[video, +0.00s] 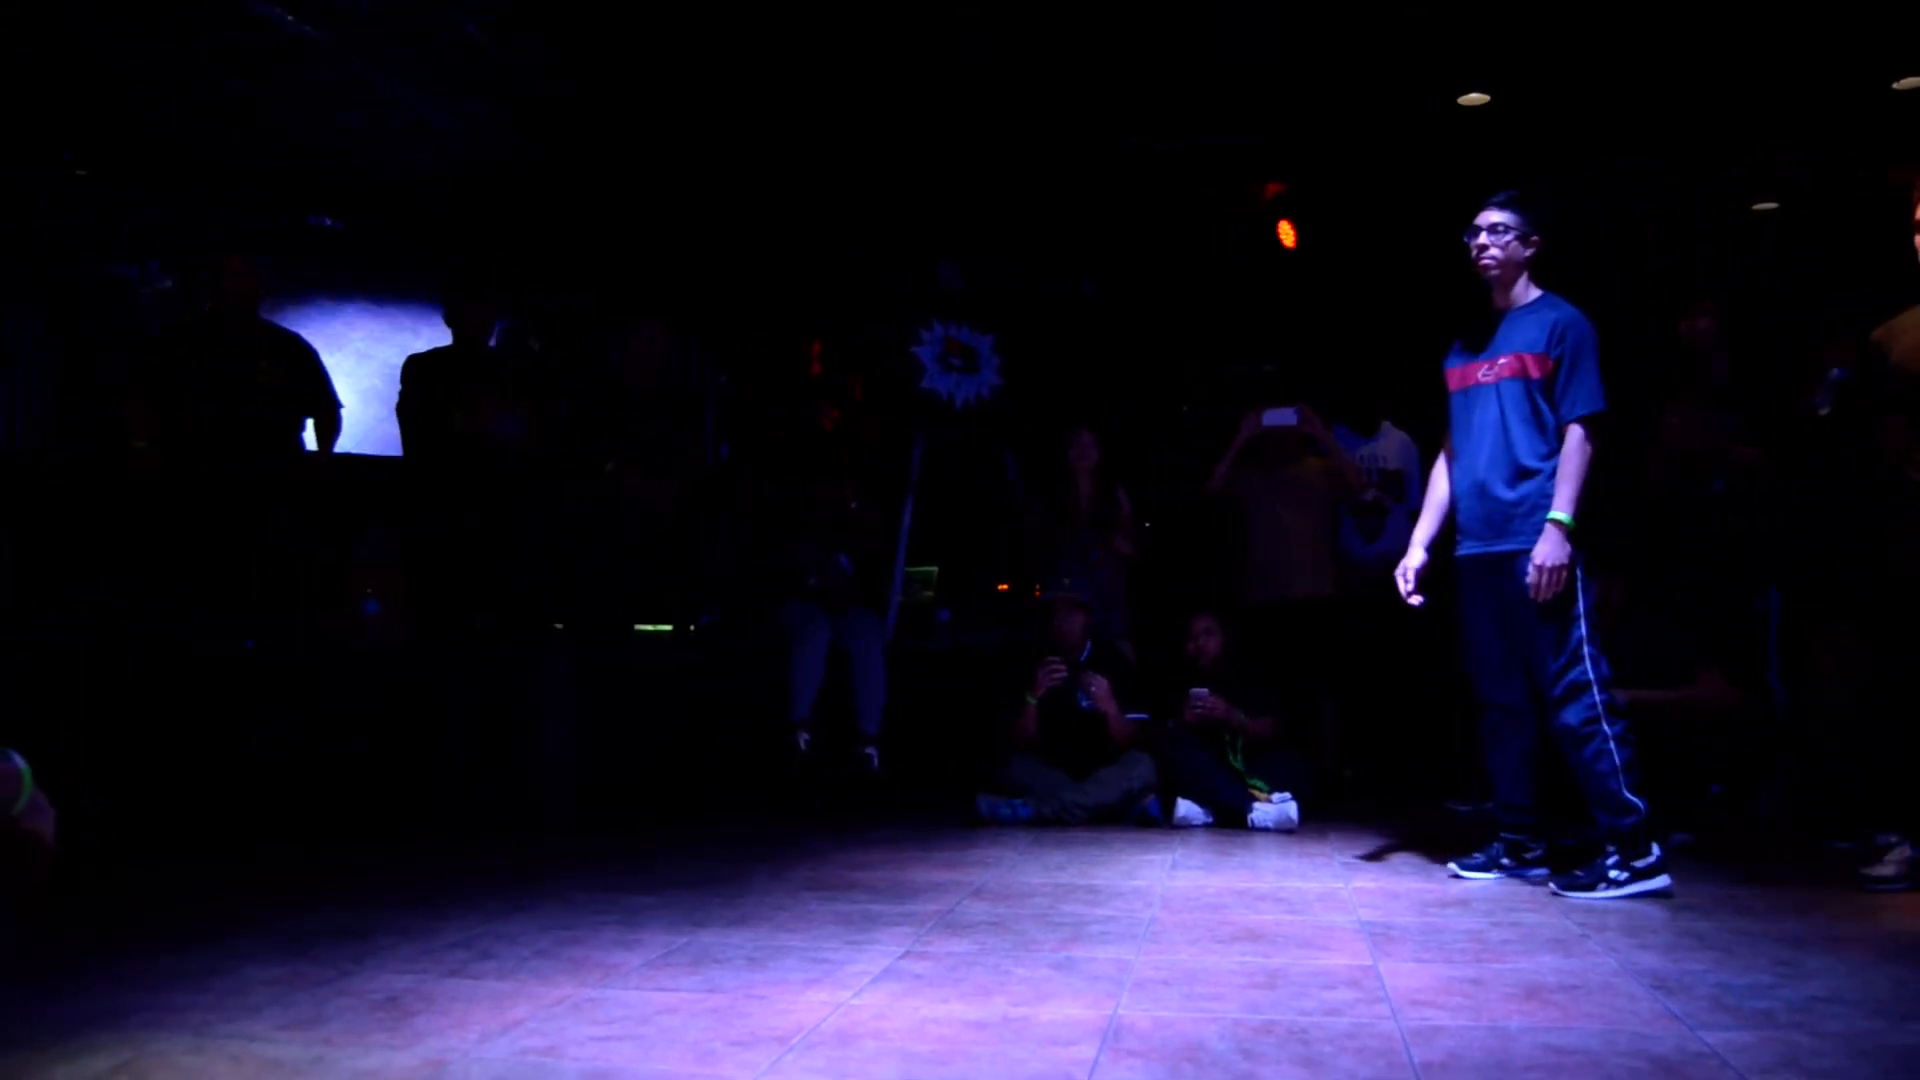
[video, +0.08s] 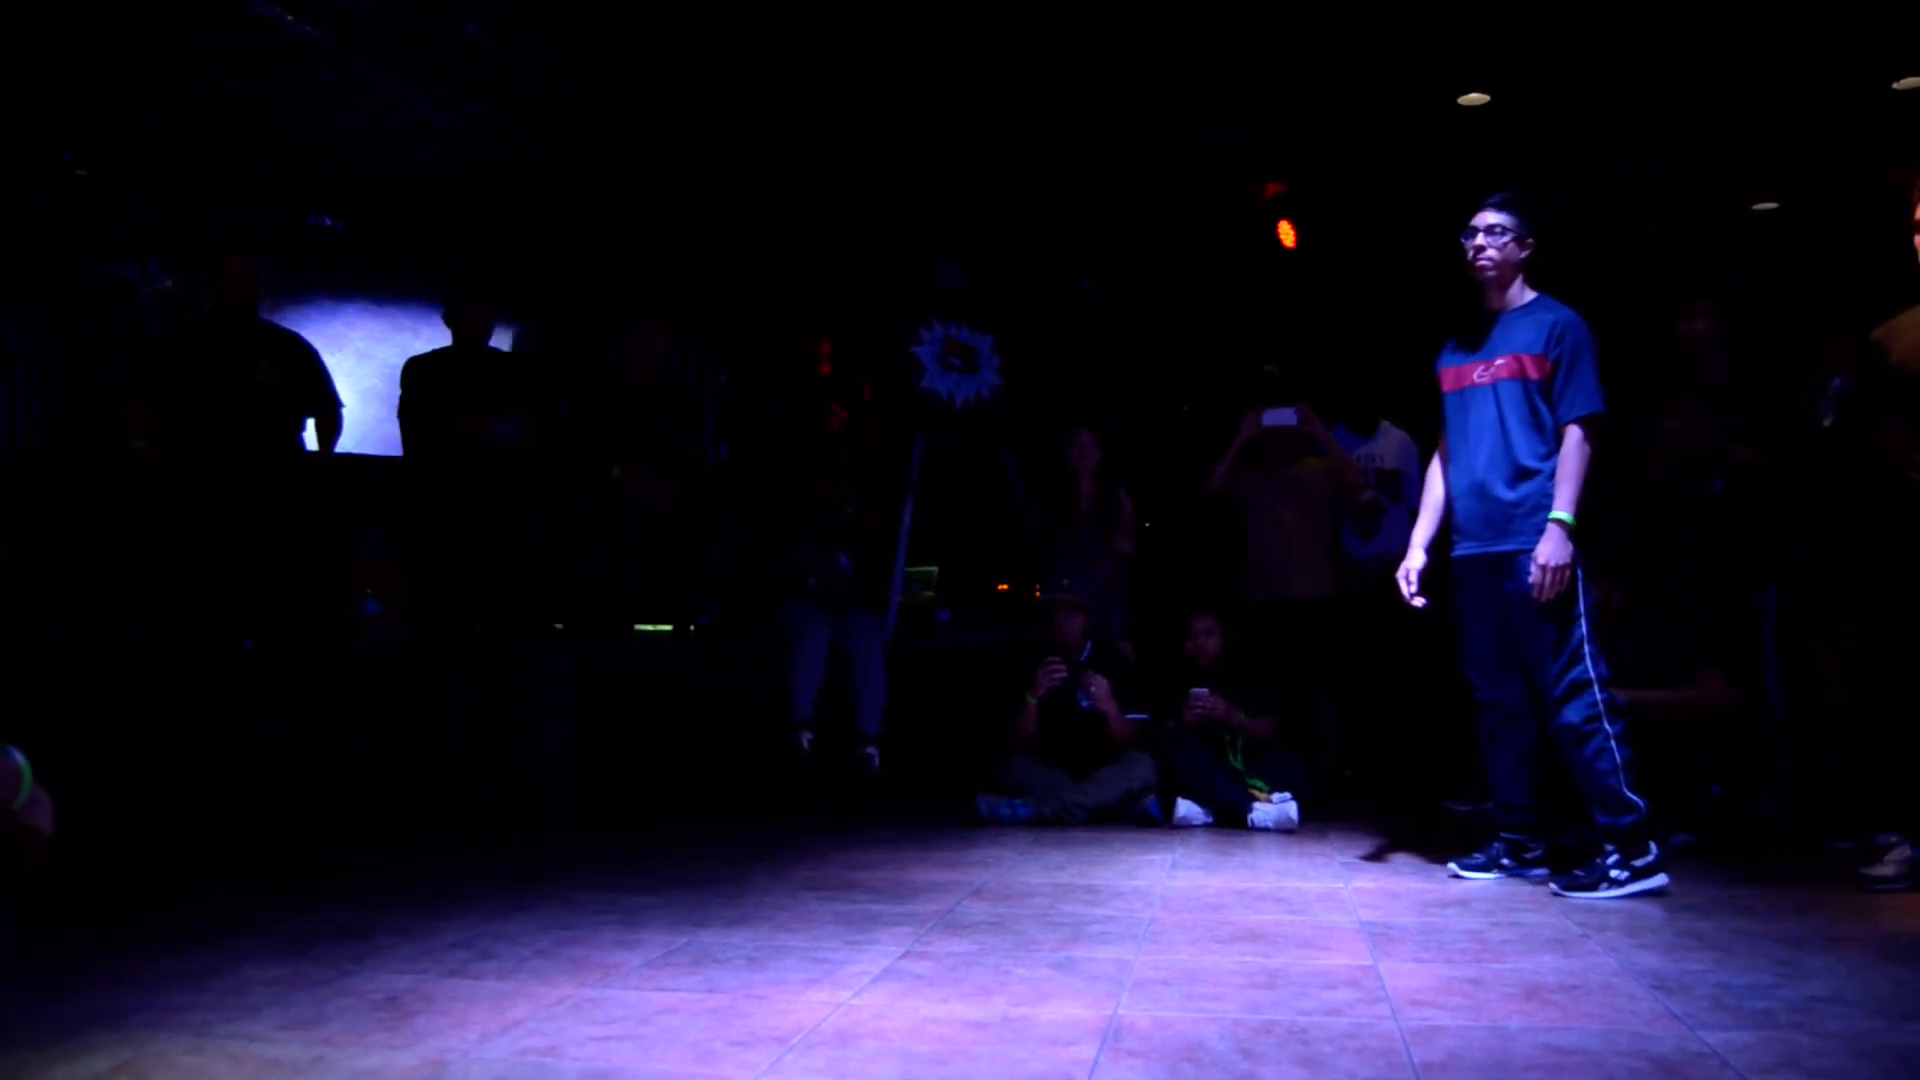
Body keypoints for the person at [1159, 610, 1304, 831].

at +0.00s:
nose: (1201, 644)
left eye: (1208, 635)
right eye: (1194, 637)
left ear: (1223, 638)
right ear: (1187, 645)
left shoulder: (1245, 676)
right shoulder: (1183, 679)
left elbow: (1268, 729)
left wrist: (1228, 715)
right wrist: (1186, 718)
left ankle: (1211, 810)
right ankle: (1251, 809)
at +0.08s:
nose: (1200, 643)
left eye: (1208, 634)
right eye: (1193, 637)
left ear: (1222, 638)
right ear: (1186, 644)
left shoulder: (1244, 676)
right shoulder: (1182, 678)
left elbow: (1269, 729)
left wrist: (1228, 715)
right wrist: (1186, 718)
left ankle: (1211, 810)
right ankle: (1251, 809)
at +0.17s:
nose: (1200, 643)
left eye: (1208, 634)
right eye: (1193, 636)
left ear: (1222, 638)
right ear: (1186, 643)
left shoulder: (1243, 675)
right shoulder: (1182, 678)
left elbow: (1268, 728)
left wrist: (1228, 715)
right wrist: (1185, 718)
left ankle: (1211, 811)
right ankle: (1251, 809)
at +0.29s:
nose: (1200, 643)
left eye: (1208, 634)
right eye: (1193, 636)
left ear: (1222, 637)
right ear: (1186, 642)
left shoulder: (1243, 674)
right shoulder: (1181, 677)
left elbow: (1268, 728)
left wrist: (1228, 714)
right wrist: (1185, 717)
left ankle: (1211, 811)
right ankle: (1251, 810)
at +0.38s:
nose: (1200, 643)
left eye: (1208, 634)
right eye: (1193, 636)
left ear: (1223, 638)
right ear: (1186, 642)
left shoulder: (1244, 675)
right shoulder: (1182, 678)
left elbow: (1269, 729)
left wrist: (1228, 714)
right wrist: (1185, 718)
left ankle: (1211, 810)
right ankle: (1251, 809)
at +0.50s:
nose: (1201, 643)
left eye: (1208, 634)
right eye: (1194, 636)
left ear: (1223, 636)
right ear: (1186, 643)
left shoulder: (1245, 675)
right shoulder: (1183, 678)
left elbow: (1269, 729)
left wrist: (1228, 714)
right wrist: (1186, 717)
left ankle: (1211, 810)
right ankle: (1251, 809)